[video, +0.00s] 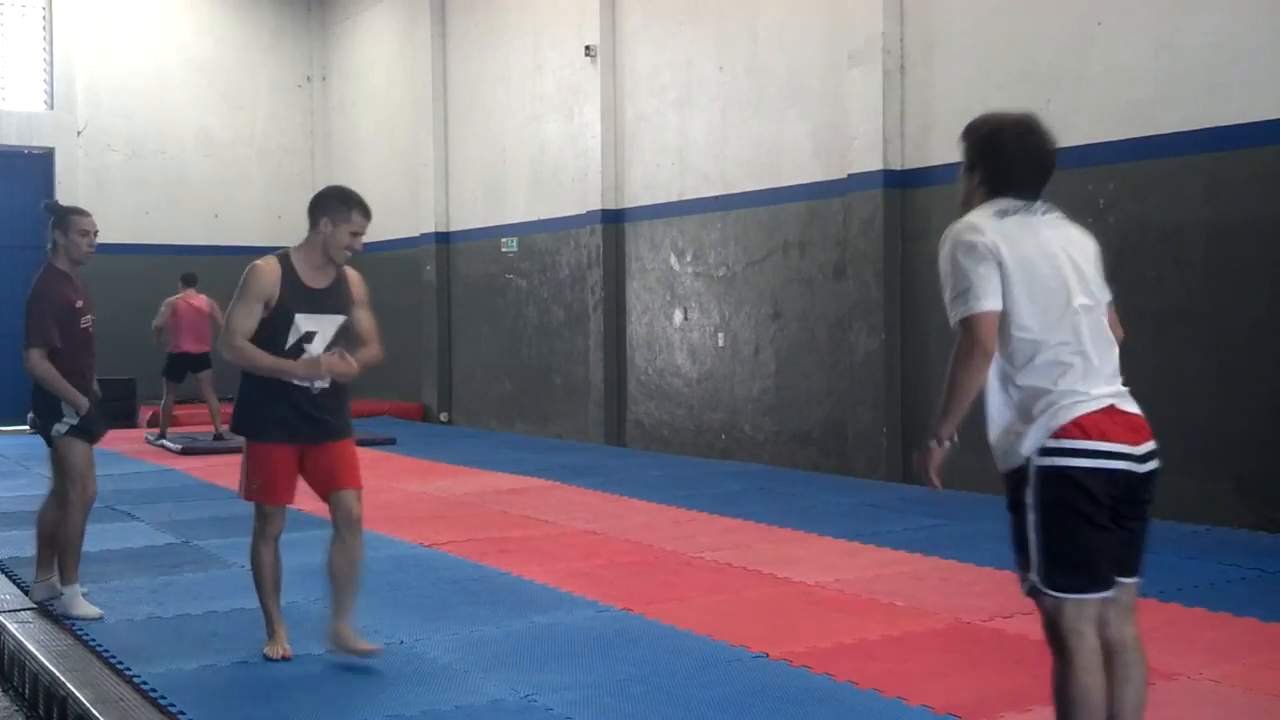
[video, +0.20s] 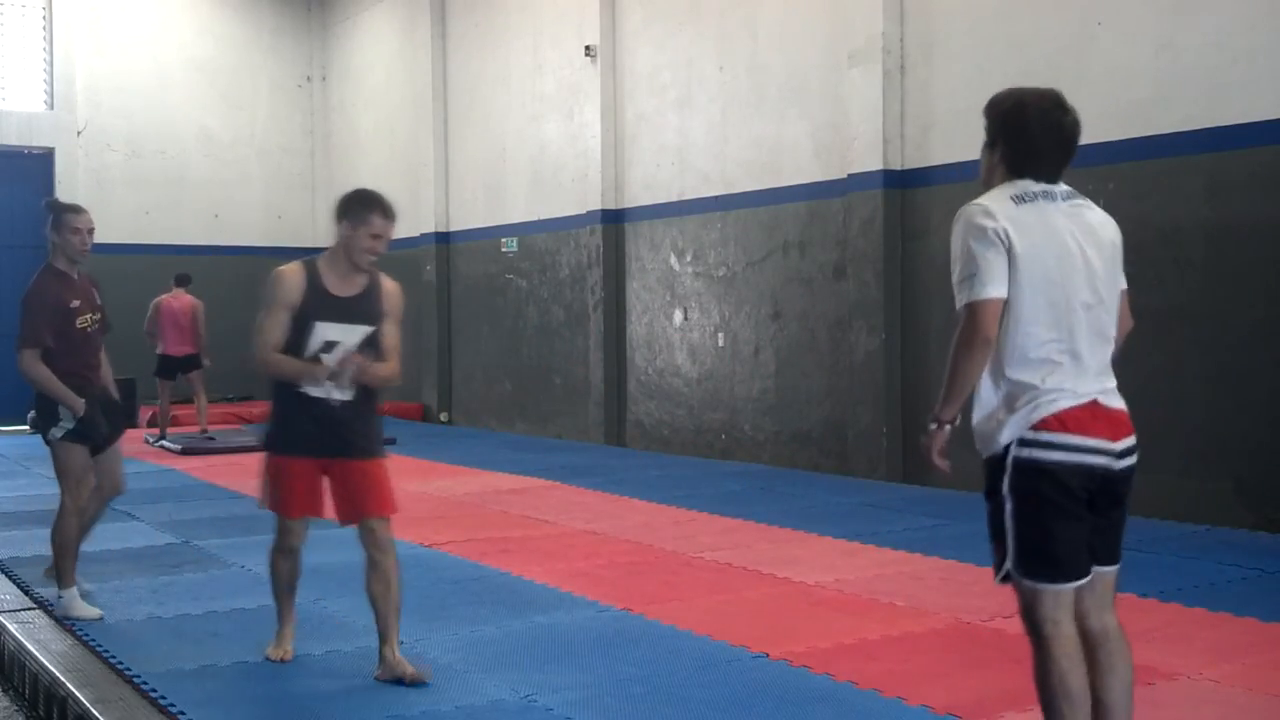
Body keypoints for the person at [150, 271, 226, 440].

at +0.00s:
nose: (180, 288)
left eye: (180, 285)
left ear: (181, 285)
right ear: (196, 285)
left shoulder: (172, 302)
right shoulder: (208, 302)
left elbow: (158, 324)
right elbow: (221, 324)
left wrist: (157, 341)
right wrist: (224, 341)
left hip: (178, 355)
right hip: (202, 355)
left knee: (169, 396)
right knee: (209, 393)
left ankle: (162, 433)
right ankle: (218, 431)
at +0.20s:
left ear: (173, 284)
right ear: (188, 286)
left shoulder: (158, 302)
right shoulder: (196, 303)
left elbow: (148, 328)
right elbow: (201, 332)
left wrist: (156, 343)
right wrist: (204, 355)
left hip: (166, 356)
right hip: (190, 356)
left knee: (164, 397)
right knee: (199, 393)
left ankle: (162, 434)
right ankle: (203, 429)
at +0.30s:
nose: (191, 290)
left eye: (191, 288)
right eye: (191, 288)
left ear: (175, 284)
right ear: (187, 286)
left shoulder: (154, 300)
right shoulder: (188, 303)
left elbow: (145, 324)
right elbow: (192, 332)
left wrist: (157, 338)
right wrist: (200, 352)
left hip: (163, 356)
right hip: (185, 355)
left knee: (163, 396)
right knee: (198, 389)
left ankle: (161, 434)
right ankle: (195, 428)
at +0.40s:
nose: (191, 293)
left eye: (192, 289)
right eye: (191, 289)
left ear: (176, 285)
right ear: (185, 287)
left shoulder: (157, 299)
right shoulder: (181, 304)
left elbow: (146, 322)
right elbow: (183, 333)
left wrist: (155, 338)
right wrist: (196, 350)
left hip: (160, 355)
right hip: (180, 354)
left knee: (162, 394)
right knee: (201, 386)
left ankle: (160, 432)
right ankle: (189, 426)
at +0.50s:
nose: (190, 293)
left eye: (191, 289)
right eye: (189, 289)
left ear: (177, 287)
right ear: (181, 287)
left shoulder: (163, 299)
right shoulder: (174, 304)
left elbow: (156, 324)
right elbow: (171, 331)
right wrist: (189, 349)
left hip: (161, 354)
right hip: (178, 354)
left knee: (163, 391)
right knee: (199, 386)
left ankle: (156, 432)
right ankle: (184, 426)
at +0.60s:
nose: (190, 292)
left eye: (190, 289)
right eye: (188, 289)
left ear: (183, 289)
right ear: (178, 288)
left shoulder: (183, 303)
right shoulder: (169, 305)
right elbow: (165, 334)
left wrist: (189, 350)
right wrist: (183, 352)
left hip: (180, 354)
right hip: (171, 355)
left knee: (166, 394)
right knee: (193, 390)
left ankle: (153, 427)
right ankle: (181, 428)